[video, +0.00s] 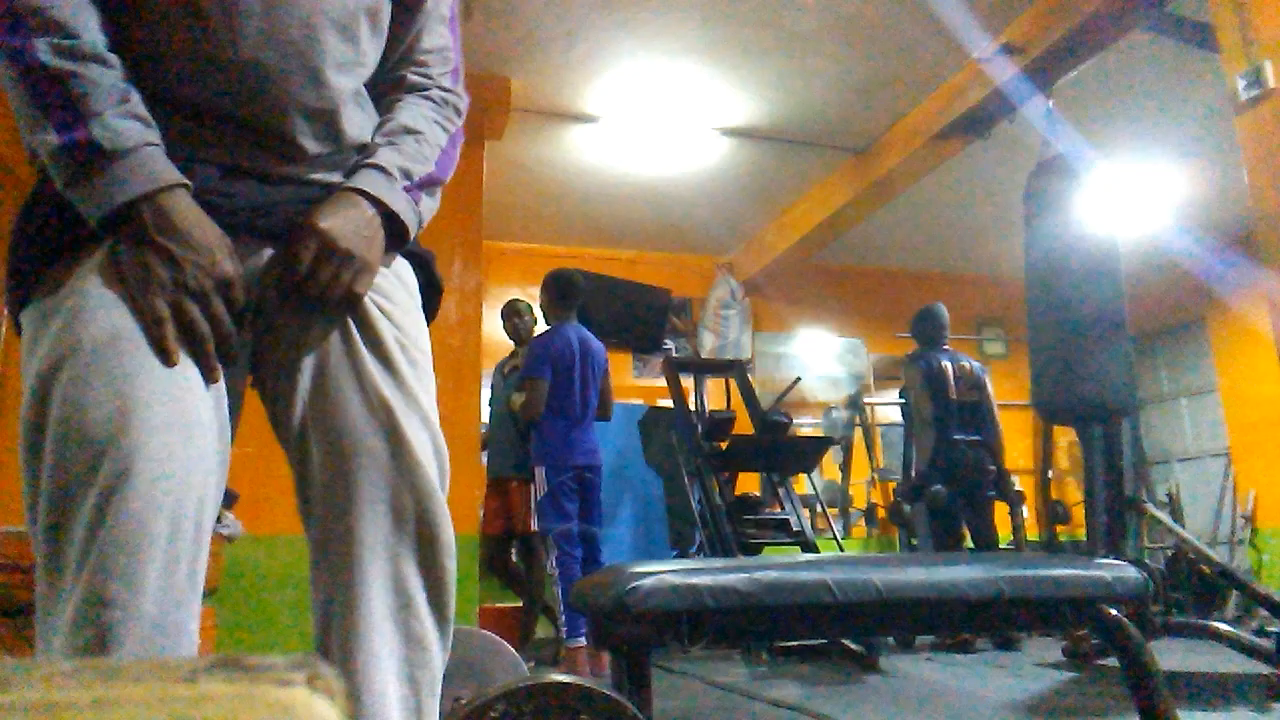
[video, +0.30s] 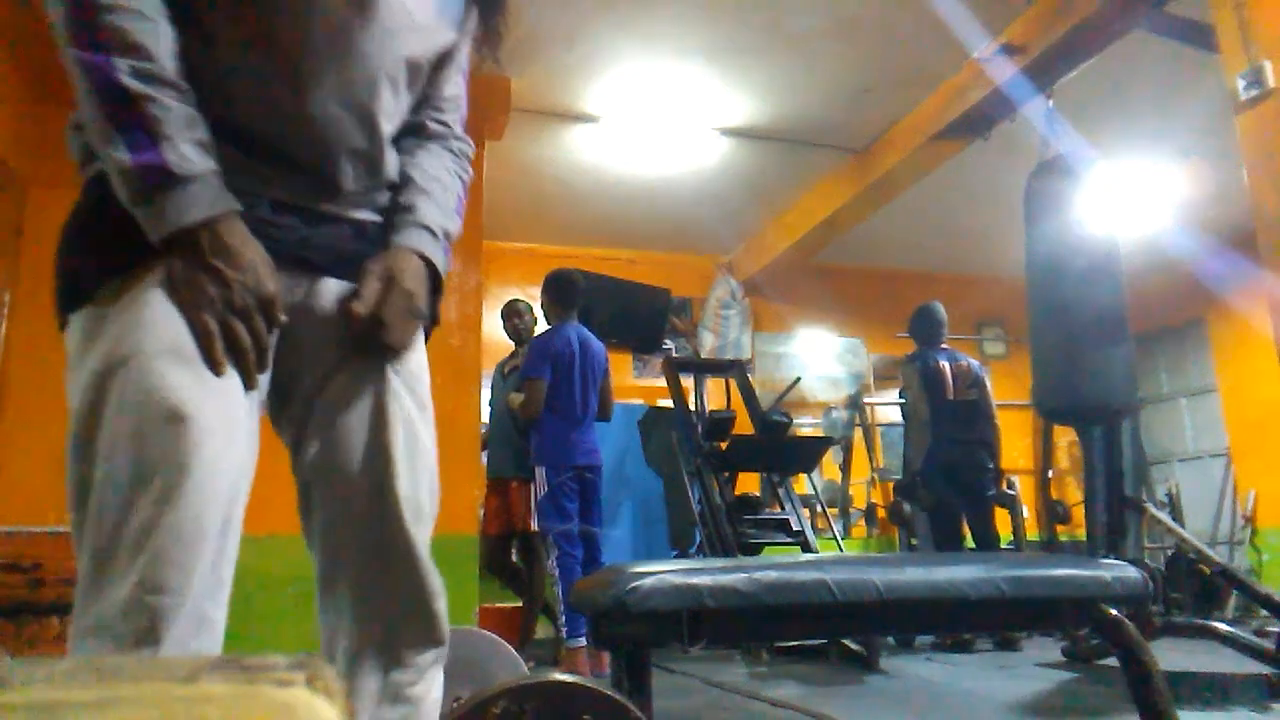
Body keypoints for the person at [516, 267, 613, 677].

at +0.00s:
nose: (539, 300)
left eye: (542, 294)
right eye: (542, 293)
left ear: (549, 298)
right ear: (577, 300)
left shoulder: (543, 344)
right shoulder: (596, 346)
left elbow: (533, 409)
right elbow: (605, 411)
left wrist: (517, 404)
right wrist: (566, 405)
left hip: (554, 459)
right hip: (589, 457)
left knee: (566, 550)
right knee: (590, 545)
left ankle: (575, 645)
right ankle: (600, 645)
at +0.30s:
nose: (541, 306)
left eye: (542, 300)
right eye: (545, 299)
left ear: (547, 301)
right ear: (578, 302)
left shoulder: (543, 344)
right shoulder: (596, 346)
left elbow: (532, 408)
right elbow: (605, 411)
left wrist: (515, 402)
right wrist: (568, 402)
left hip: (554, 458)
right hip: (589, 454)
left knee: (565, 550)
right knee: (591, 546)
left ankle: (575, 647)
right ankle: (600, 648)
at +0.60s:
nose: (548, 306)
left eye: (548, 298)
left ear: (548, 301)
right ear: (578, 302)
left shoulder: (539, 340)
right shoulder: (595, 346)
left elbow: (525, 400)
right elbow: (606, 410)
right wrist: (570, 403)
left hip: (553, 457)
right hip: (589, 453)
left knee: (563, 545)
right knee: (591, 543)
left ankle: (574, 643)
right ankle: (597, 642)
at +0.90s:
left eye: (550, 297)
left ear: (548, 301)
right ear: (578, 302)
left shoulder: (537, 340)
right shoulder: (594, 345)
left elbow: (524, 403)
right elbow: (605, 410)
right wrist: (568, 403)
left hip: (551, 457)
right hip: (589, 455)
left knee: (564, 547)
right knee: (590, 543)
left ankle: (573, 642)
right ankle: (597, 639)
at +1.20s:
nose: (555, 309)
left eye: (554, 300)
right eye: (566, 301)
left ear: (550, 301)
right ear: (580, 303)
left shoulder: (543, 341)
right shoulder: (594, 346)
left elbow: (534, 402)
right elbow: (604, 410)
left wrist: (516, 422)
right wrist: (570, 407)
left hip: (551, 453)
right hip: (586, 451)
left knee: (562, 544)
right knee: (590, 541)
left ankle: (574, 643)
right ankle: (598, 643)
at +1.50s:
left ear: (544, 314)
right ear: (581, 311)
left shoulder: (537, 348)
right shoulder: (593, 348)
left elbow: (532, 401)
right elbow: (603, 409)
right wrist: (570, 401)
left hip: (552, 452)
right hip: (587, 453)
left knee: (561, 546)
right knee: (589, 544)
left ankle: (574, 645)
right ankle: (598, 646)